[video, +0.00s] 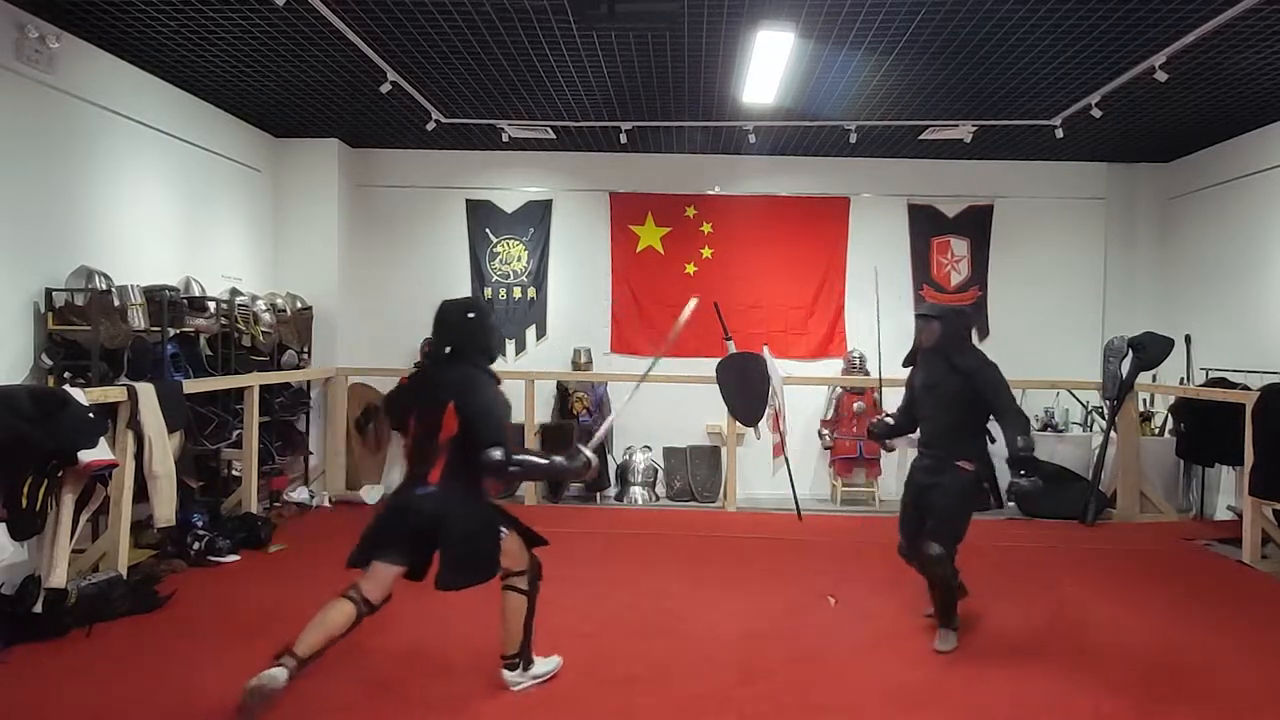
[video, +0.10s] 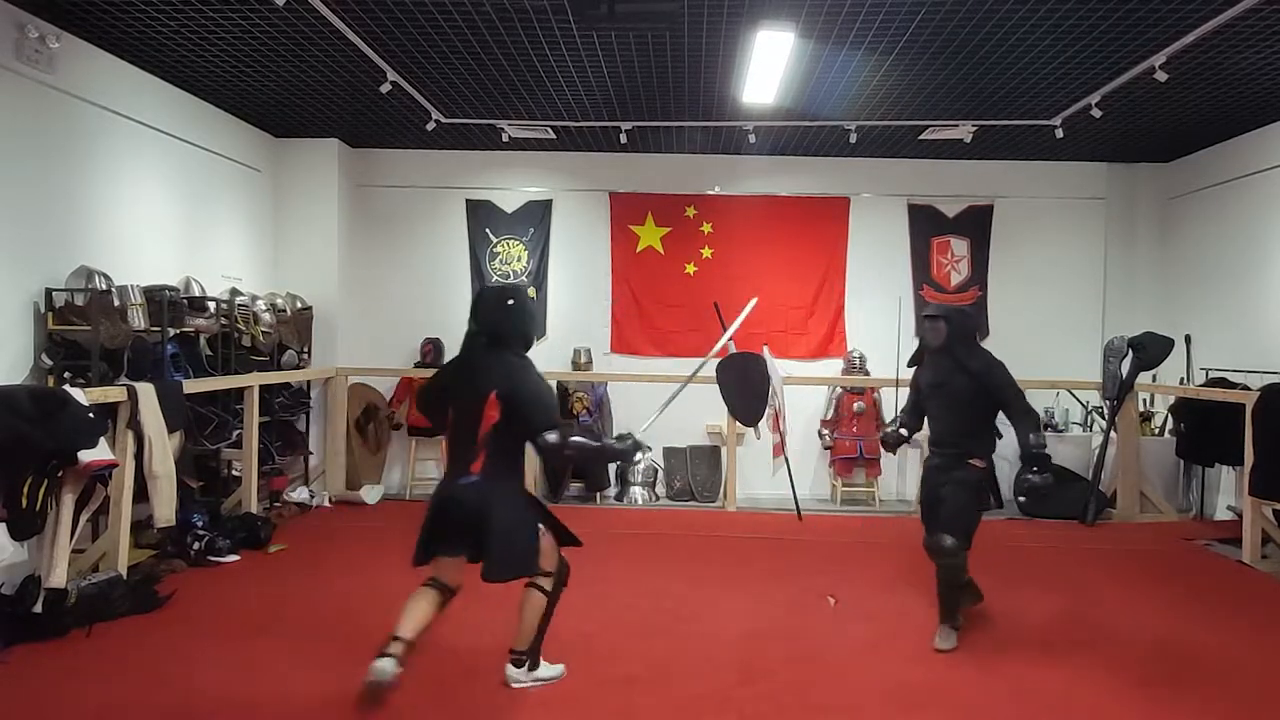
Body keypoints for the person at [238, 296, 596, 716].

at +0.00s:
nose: (498, 341)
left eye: (493, 332)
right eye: (492, 334)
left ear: (446, 339)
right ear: (482, 341)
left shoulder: (423, 378)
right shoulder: (483, 390)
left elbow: (390, 415)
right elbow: (495, 472)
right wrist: (566, 468)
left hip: (411, 501)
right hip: (461, 505)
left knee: (364, 592)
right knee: (521, 565)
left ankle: (285, 666)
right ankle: (517, 666)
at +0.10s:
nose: (535, 330)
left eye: (533, 320)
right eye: (531, 321)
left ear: (481, 322)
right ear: (521, 324)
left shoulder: (460, 367)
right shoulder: (520, 375)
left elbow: (426, 401)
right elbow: (556, 443)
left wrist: (459, 425)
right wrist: (618, 450)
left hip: (454, 493)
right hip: (500, 497)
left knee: (442, 579)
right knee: (551, 566)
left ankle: (390, 656)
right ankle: (523, 663)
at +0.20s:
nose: (563, 326)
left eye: (560, 317)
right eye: (560, 318)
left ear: (509, 322)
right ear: (550, 324)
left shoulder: (488, 369)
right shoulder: (560, 377)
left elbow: (458, 398)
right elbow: (607, 424)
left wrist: (492, 427)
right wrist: (669, 430)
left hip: (495, 492)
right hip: (544, 494)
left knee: (501, 581)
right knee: (592, 557)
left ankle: (481, 664)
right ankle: (547, 643)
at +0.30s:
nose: (601, 346)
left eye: (598, 338)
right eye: (597, 339)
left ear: (546, 342)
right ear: (587, 345)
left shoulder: (522, 385)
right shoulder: (598, 393)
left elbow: (493, 411)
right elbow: (656, 430)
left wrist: (532, 444)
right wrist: (713, 408)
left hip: (534, 510)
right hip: (583, 508)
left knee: (514, 597)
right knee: (647, 541)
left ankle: (476, 678)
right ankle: (643, 637)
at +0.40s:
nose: (647, 352)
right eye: (643, 346)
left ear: (597, 353)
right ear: (638, 357)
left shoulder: (573, 393)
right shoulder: (651, 400)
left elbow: (532, 423)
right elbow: (704, 446)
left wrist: (571, 448)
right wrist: (755, 408)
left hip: (585, 515)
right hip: (642, 514)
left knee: (537, 586)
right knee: (701, 549)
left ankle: (482, 664)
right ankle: (748, 622)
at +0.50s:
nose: (675, 365)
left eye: (663, 360)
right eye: (688, 358)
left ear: (653, 366)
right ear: (695, 368)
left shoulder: (637, 402)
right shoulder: (713, 405)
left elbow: (590, 430)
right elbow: (768, 428)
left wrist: (621, 473)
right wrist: (814, 403)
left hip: (645, 517)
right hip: (699, 517)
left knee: (592, 590)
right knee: (755, 562)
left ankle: (520, 652)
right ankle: (790, 631)